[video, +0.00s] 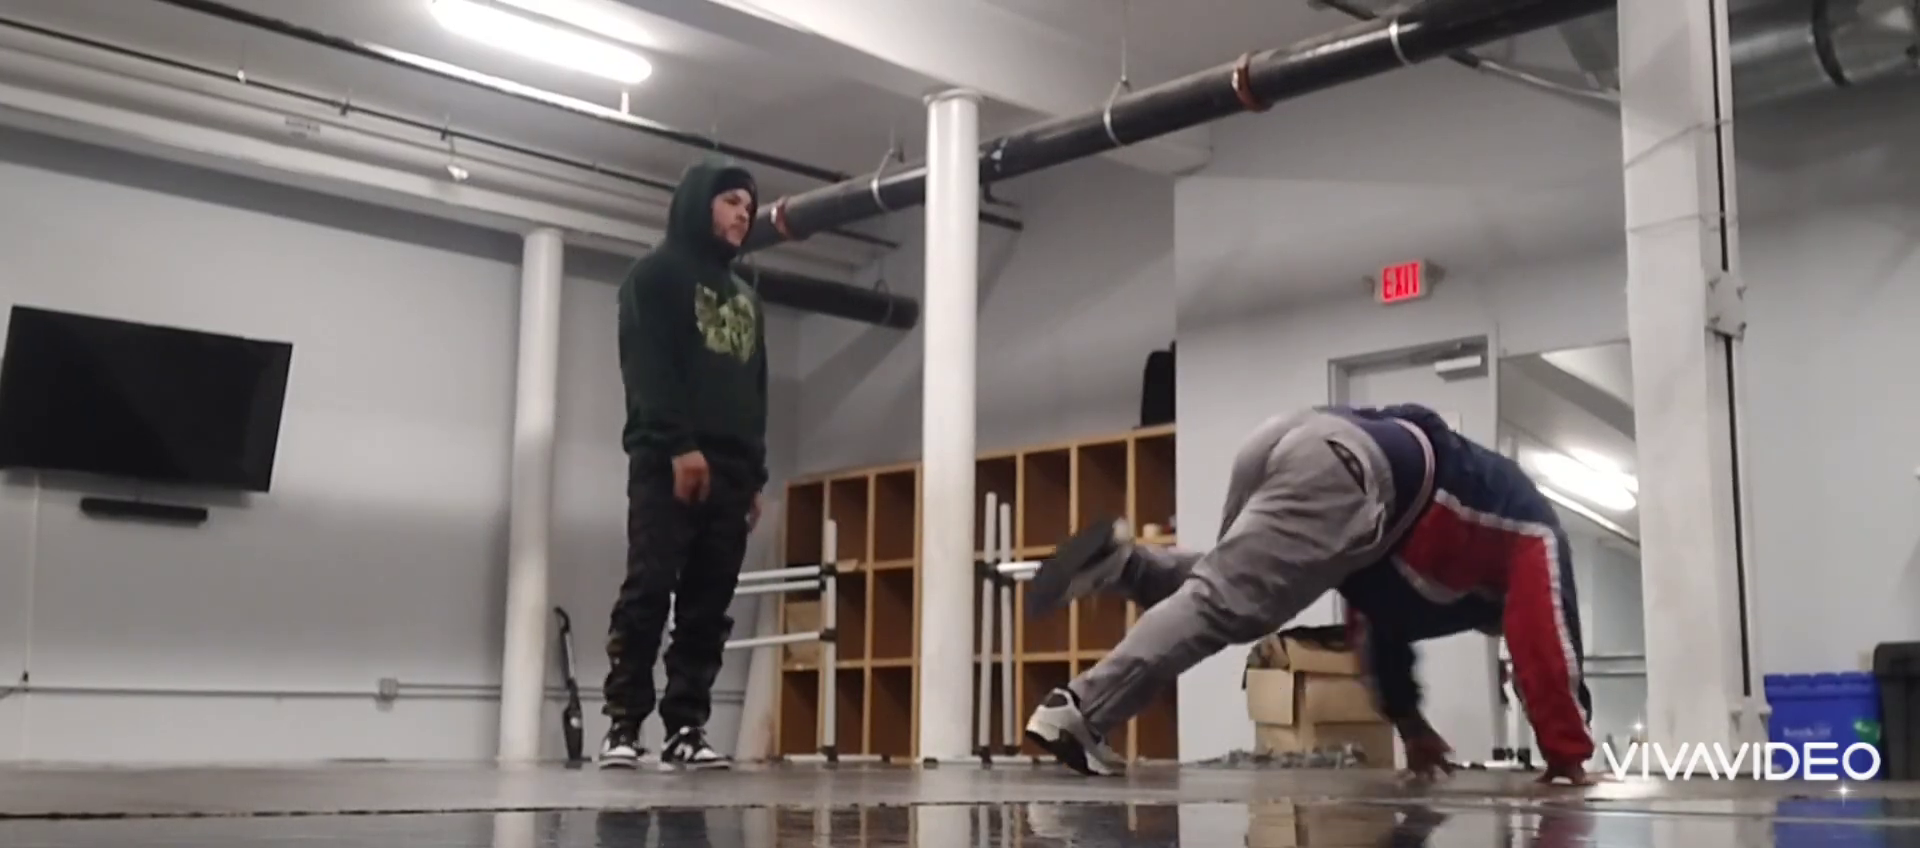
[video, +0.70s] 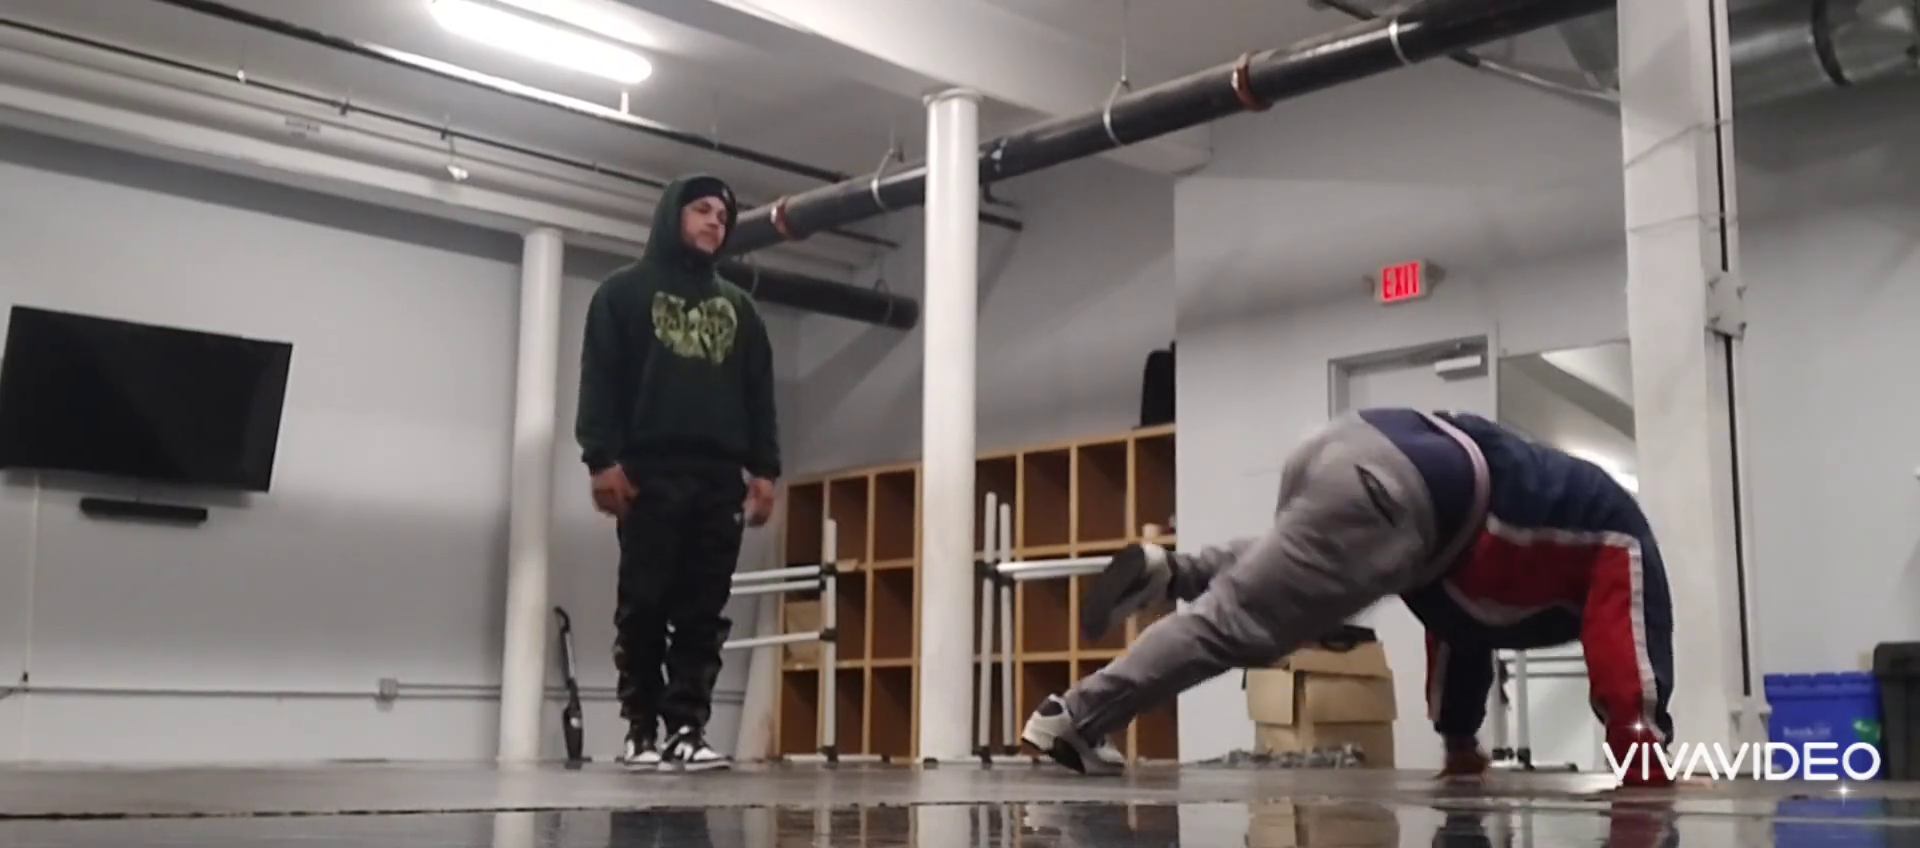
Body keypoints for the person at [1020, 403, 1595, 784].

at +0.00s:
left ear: (1493, 604)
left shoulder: (1420, 582)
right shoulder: (1533, 530)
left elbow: (1380, 642)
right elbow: (1539, 652)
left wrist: (1413, 731)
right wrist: (1569, 756)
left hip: (1280, 434)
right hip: (1348, 460)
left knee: (1240, 586)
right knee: (1224, 606)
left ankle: (1122, 563)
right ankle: (1073, 715)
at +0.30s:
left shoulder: (1485, 586)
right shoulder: (1604, 557)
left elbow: (1426, 645)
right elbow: (1601, 689)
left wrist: (1436, 748)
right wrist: (1648, 773)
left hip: (1366, 442)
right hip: (1421, 507)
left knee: (1273, 552)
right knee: (1239, 630)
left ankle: (1178, 536)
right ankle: (1078, 717)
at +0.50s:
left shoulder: (1506, 575)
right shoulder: (1624, 547)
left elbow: (1454, 645)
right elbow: (1618, 680)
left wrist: (1457, 751)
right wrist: (1645, 764)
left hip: (1351, 463)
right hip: (1419, 516)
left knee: (1323, 591)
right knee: (1244, 640)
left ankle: (1211, 597)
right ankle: (1077, 720)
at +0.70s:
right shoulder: (1624, 540)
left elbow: (1457, 641)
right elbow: (1623, 668)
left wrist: (1462, 756)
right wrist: (1647, 771)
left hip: (1350, 438)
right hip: (1398, 487)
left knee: (1309, 580)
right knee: (1231, 625)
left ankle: (1176, 571)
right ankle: (1072, 719)